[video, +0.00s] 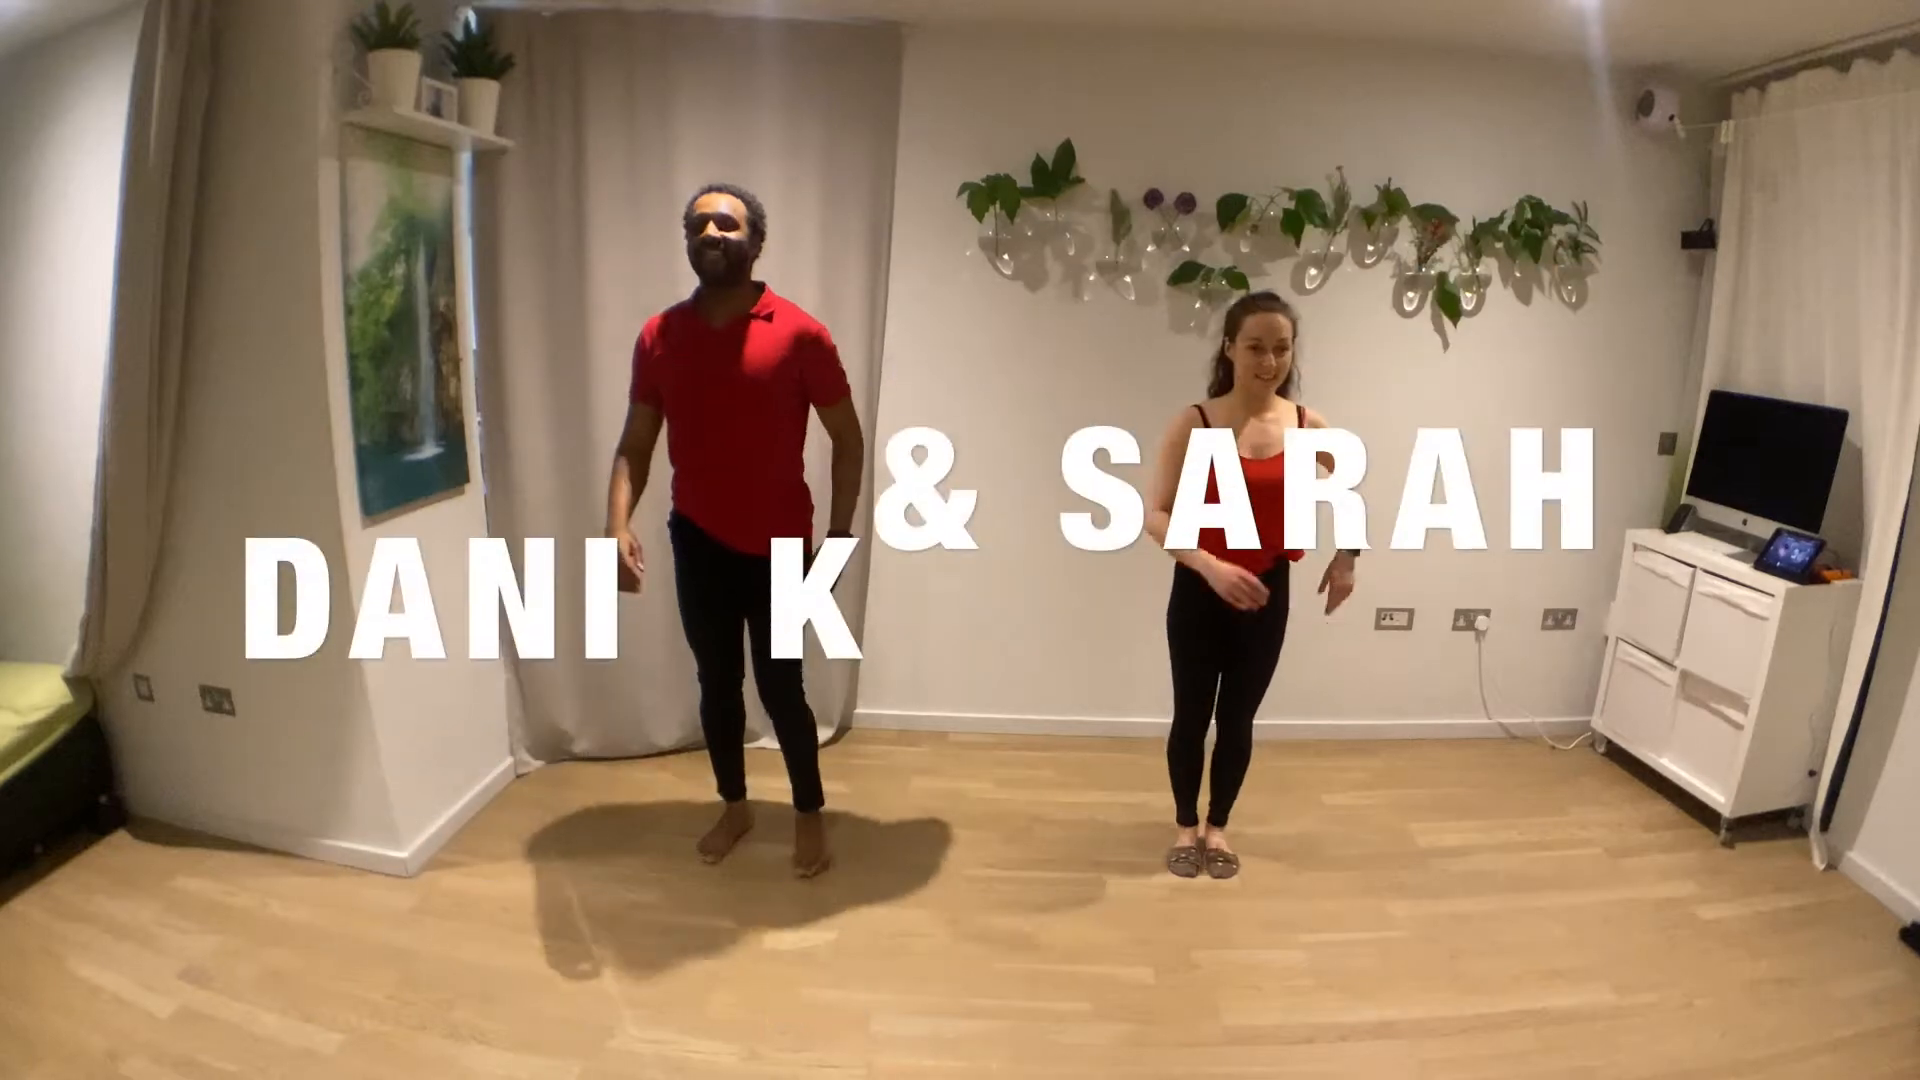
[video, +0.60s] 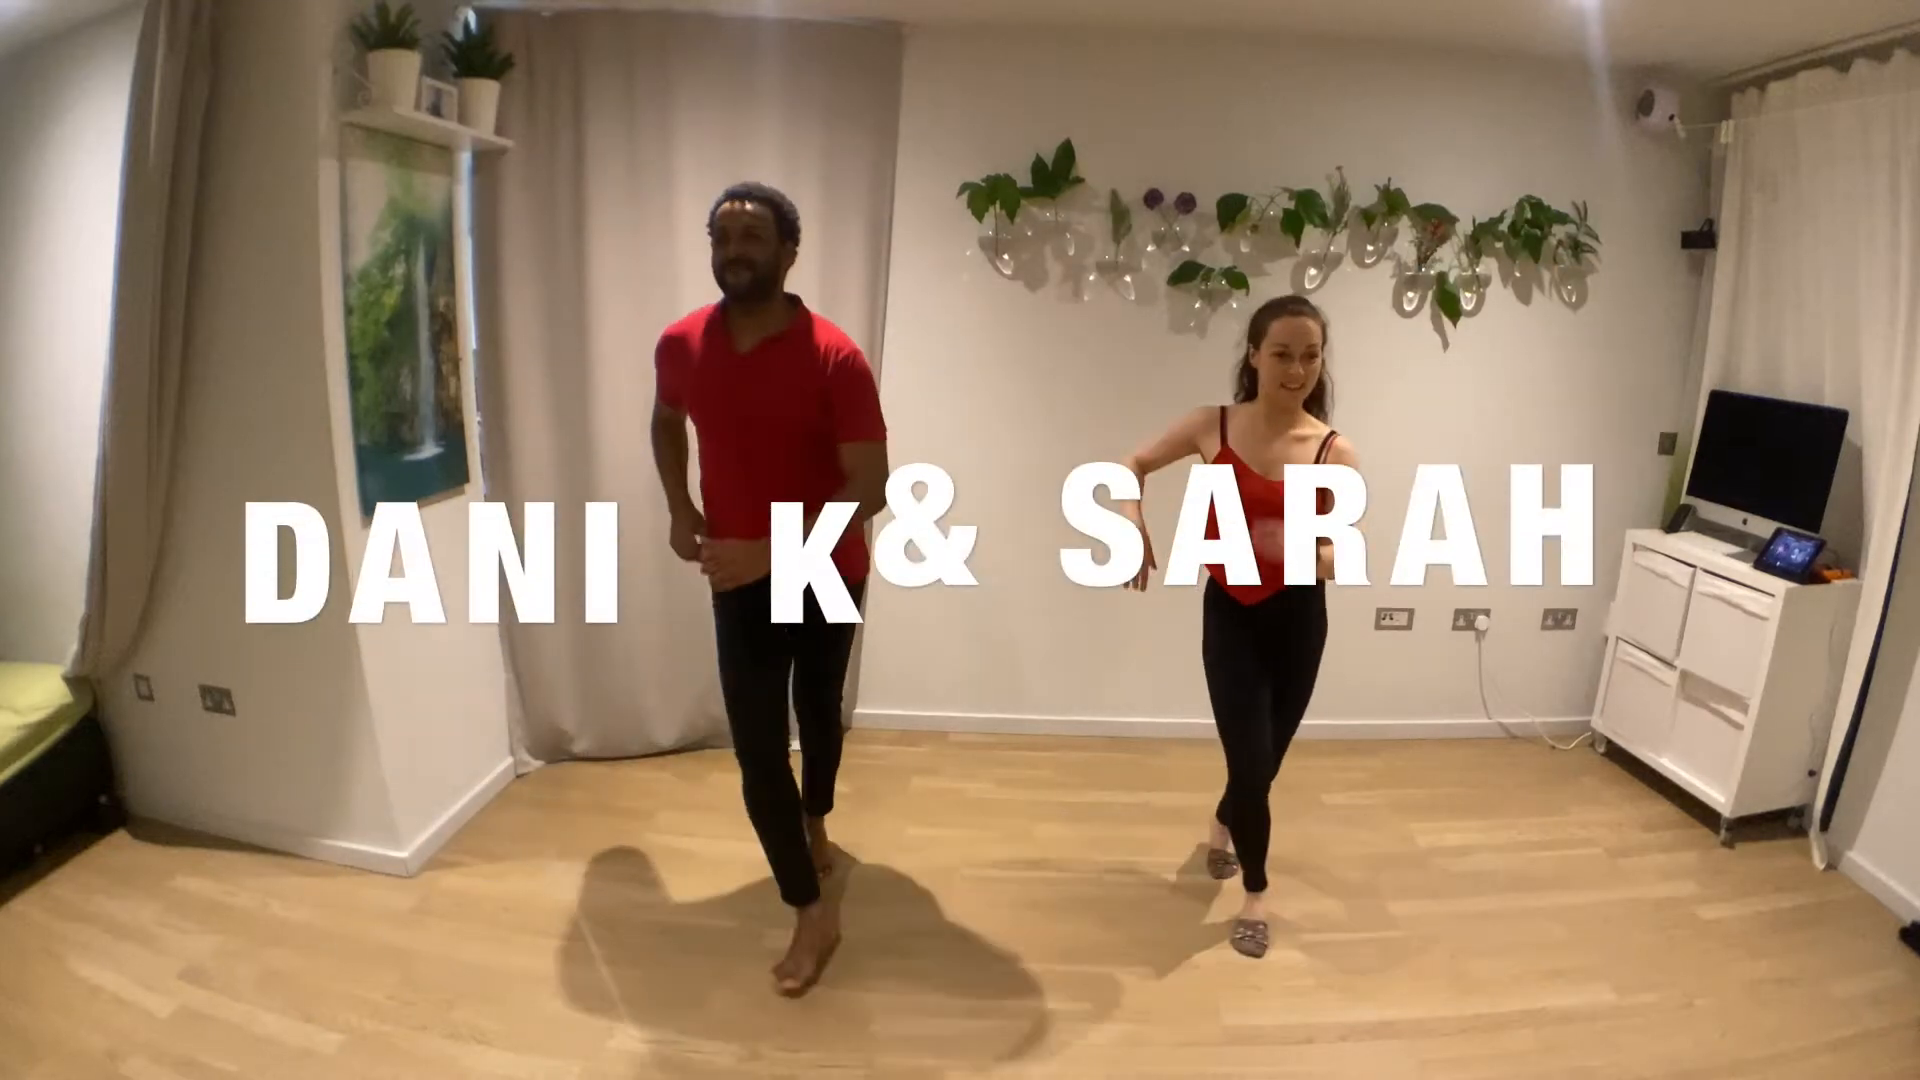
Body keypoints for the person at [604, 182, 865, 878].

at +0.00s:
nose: (712, 232)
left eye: (728, 223)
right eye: (700, 224)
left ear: (756, 243)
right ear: (685, 244)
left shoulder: (799, 334)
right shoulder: (661, 336)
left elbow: (848, 440)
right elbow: (636, 445)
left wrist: (839, 538)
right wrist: (619, 524)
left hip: (780, 541)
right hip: (700, 535)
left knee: (779, 687)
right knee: (717, 680)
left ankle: (808, 814)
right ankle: (733, 805)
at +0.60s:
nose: (735, 251)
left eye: (753, 237)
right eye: (723, 238)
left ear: (790, 250)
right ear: (709, 252)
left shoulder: (834, 358)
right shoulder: (685, 345)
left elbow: (870, 491)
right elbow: (667, 421)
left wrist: (770, 556)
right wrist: (680, 508)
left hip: (826, 577)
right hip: (740, 577)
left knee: (820, 716)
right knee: (759, 757)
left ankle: (815, 823)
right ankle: (812, 909)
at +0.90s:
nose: (722, 250)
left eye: (743, 234)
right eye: (709, 234)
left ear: (781, 248)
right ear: (695, 248)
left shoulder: (825, 362)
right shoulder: (681, 364)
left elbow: (900, 492)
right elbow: (665, 477)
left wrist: (823, 603)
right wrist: (660, 487)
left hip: (807, 620)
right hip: (712, 615)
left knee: (802, 794)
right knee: (752, 802)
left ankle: (847, 842)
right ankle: (824, 942)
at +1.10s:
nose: (706, 261)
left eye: (728, 244)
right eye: (692, 244)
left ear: (767, 255)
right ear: (677, 254)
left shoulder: (825, 370)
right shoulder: (660, 385)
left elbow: (921, 492)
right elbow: (642, 511)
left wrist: (825, 585)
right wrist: (633, 573)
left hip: (775, 637)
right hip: (686, 631)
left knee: (702, 838)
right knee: (724, 819)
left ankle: (751, 1024)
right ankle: (827, 950)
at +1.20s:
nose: (695, 263)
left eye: (718, 246)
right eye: (681, 245)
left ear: (758, 257)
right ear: (664, 256)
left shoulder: (815, 378)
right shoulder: (636, 387)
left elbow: (902, 503)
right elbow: (626, 515)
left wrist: (795, 580)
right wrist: (612, 618)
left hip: (763, 653)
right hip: (670, 647)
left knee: (690, 863)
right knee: (715, 838)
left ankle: (702, 1052)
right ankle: (828, 949)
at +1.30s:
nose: (684, 261)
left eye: (707, 244)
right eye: (670, 243)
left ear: (750, 257)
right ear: (653, 255)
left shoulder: (802, 390)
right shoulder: (616, 382)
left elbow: (866, 538)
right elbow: (600, 519)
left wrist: (767, 609)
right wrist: (595, 633)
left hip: (753, 665)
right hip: (651, 657)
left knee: (689, 863)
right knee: (669, 868)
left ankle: (700, 1057)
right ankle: (812, 938)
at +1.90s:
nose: (705, 266)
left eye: (722, 247)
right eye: (685, 249)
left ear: (751, 255)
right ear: (660, 262)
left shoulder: (807, 361)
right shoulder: (628, 372)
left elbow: (883, 477)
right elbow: (556, 478)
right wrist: (627, 477)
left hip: (786, 608)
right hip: (685, 605)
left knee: (804, 792)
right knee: (673, 791)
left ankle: (860, 881)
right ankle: (702, 905)